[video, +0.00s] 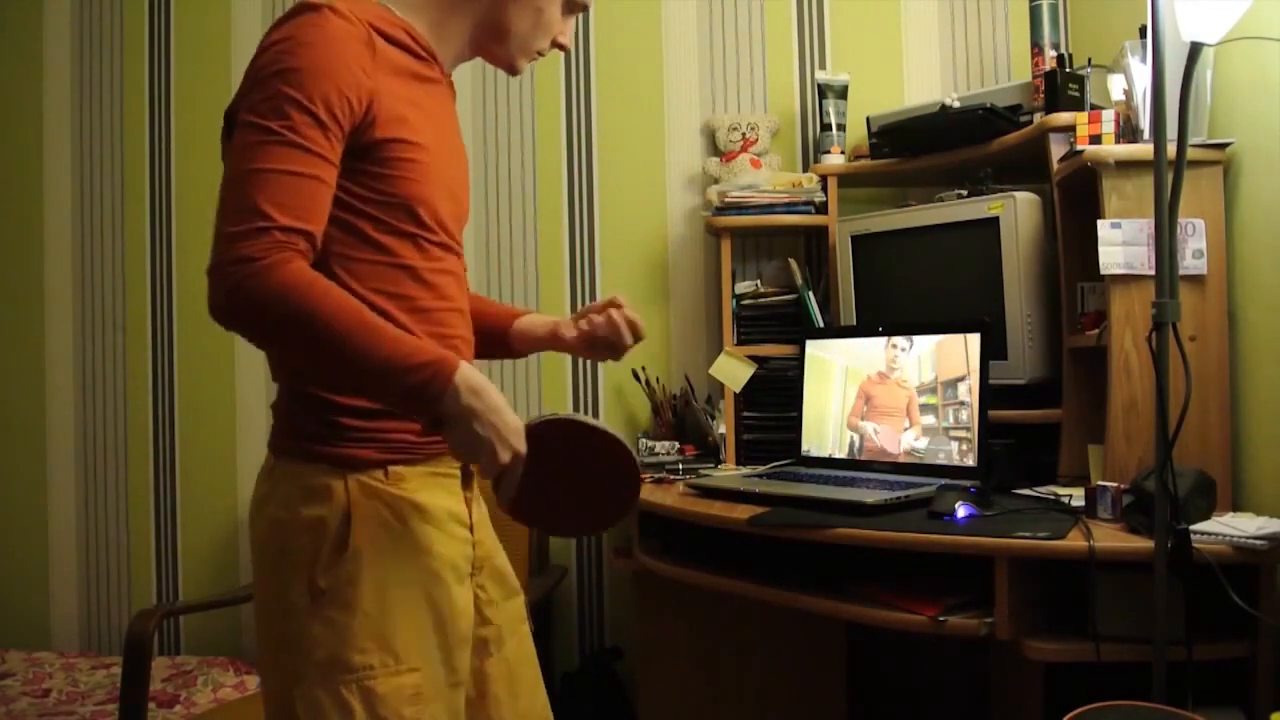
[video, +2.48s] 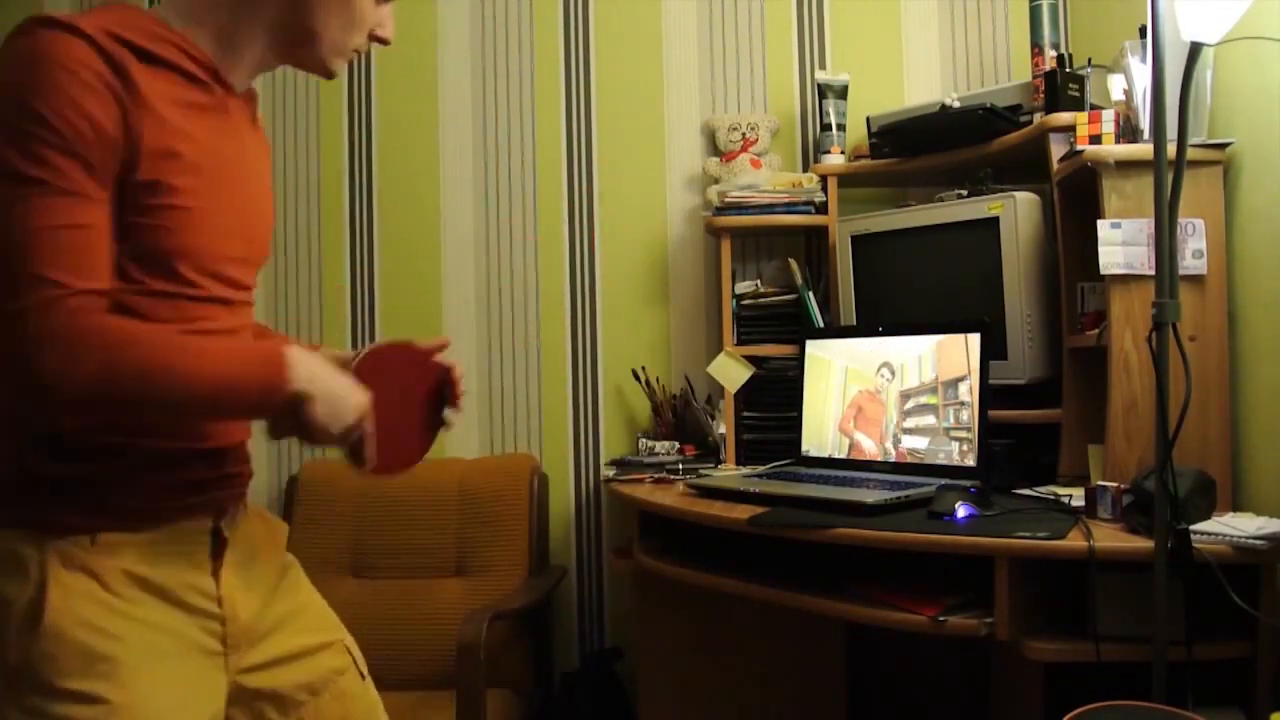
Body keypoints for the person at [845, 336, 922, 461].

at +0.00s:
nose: (896, 354)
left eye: (903, 350)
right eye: (893, 347)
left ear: (908, 355)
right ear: (885, 348)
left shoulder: (909, 389)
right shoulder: (869, 384)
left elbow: (917, 426)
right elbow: (852, 420)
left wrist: (907, 436)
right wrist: (864, 427)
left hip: (897, 456)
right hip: (871, 453)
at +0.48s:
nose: (877, 368)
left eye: (882, 364)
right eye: (875, 362)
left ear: (887, 368)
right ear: (868, 362)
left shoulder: (890, 394)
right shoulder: (854, 390)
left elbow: (894, 425)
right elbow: (842, 424)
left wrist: (890, 435)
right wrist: (853, 431)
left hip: (880, 454)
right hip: (858, 453)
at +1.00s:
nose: (882, 378)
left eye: (887, 375)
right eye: (880, 373)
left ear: (890, 378)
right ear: (875, 372)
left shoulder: (890, 402)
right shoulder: (862, 398)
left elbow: (896, 429)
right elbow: (851, 428)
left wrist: (890, 437)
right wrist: (866, 430)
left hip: (882, 454)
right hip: (863, 452)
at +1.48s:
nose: (884, 380)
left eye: (888, 378)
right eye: (882, 375)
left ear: (892, 381)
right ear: (877, 374)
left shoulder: (889, 402)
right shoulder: (863, 398)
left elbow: (893, 427)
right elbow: (852, 427)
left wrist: (889, 437)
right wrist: (873, 430)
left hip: (881, 454)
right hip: (863, 452)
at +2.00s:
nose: (880, 379)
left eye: (885, 377)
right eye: (878, 373)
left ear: (888, 380)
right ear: (873, 372)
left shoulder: (883, 405)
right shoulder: (857, 396)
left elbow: (884, 430)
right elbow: (842, 426)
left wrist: (889, 440)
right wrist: (861, 442)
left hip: (876, 457)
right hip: (857, 456)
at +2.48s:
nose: (883, 382)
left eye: (887, 380)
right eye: (881, 376)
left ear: (890, 383)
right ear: (876, 375)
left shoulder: (882, 404)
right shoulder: (860, 397)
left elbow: (881, 432)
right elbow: (843, 425)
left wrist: (887, 444)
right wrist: (863, 440)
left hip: (875, 457)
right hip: (857, 456)